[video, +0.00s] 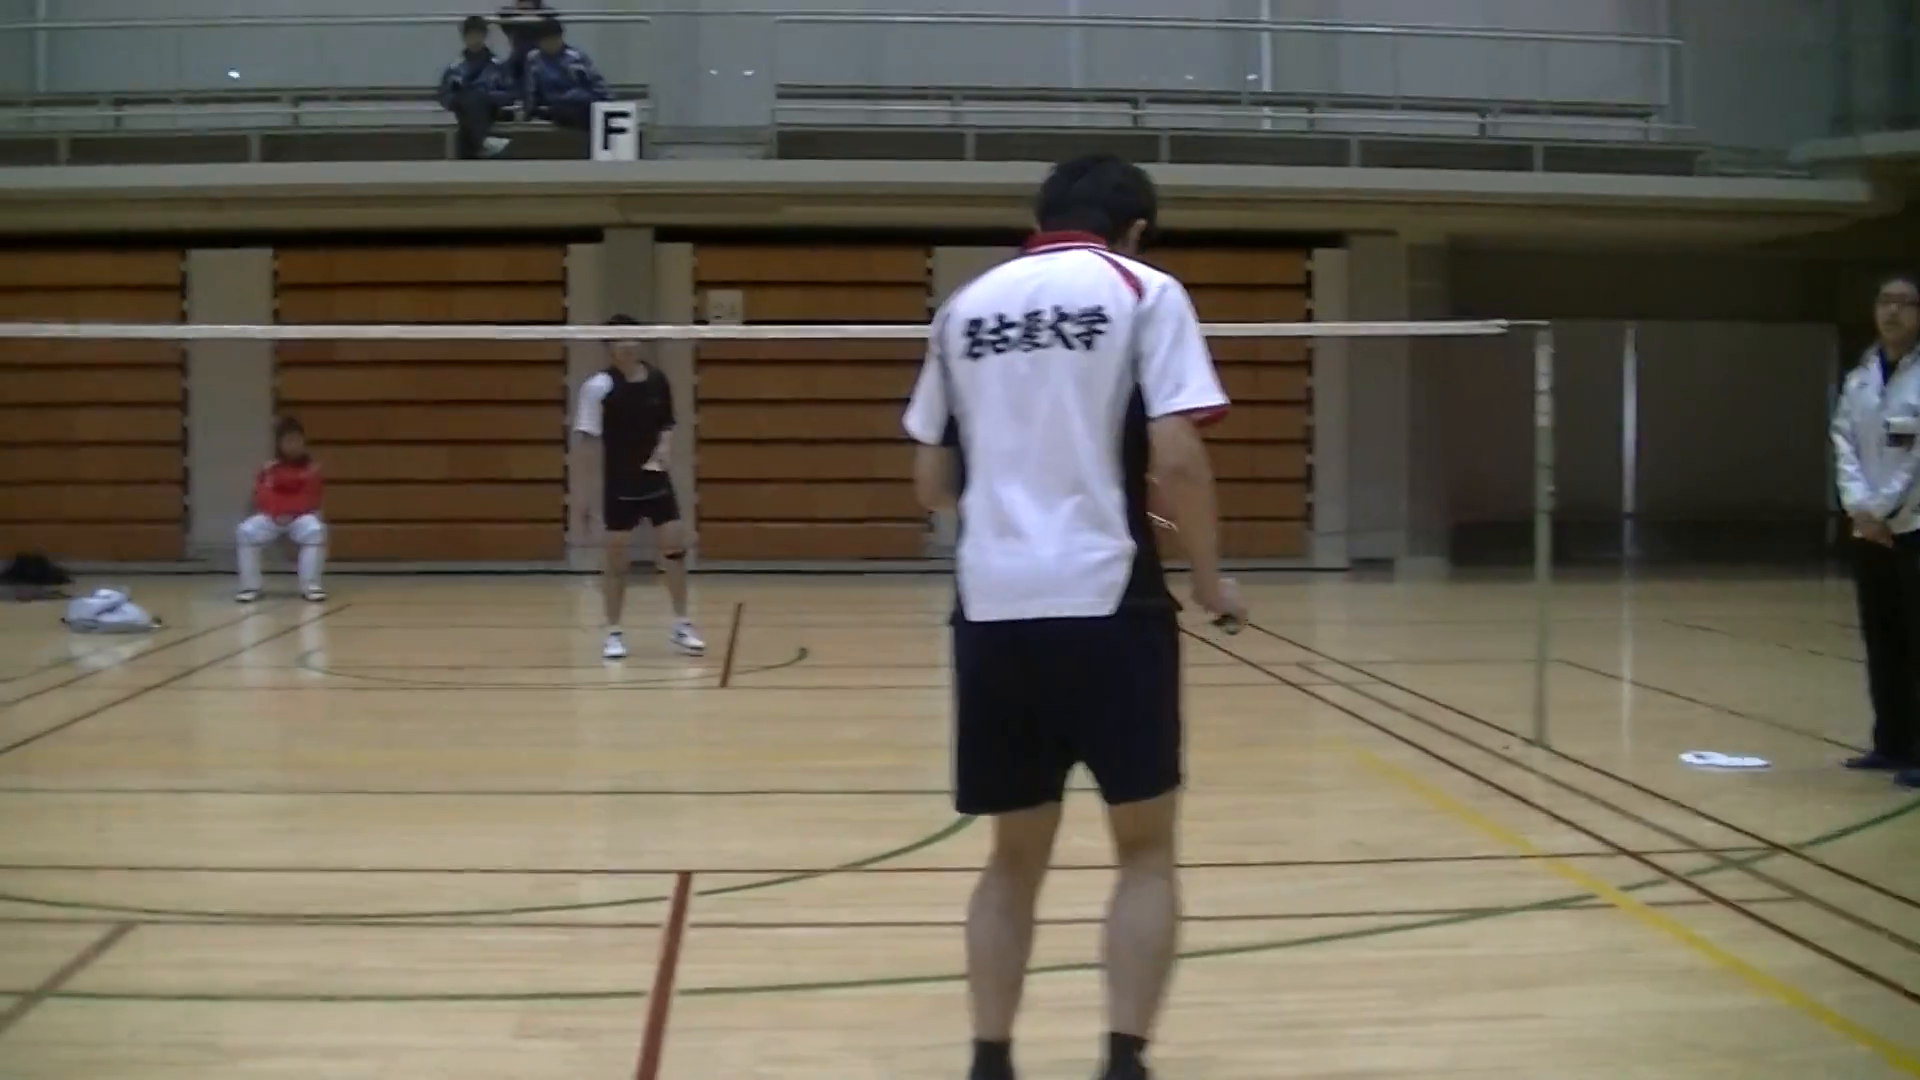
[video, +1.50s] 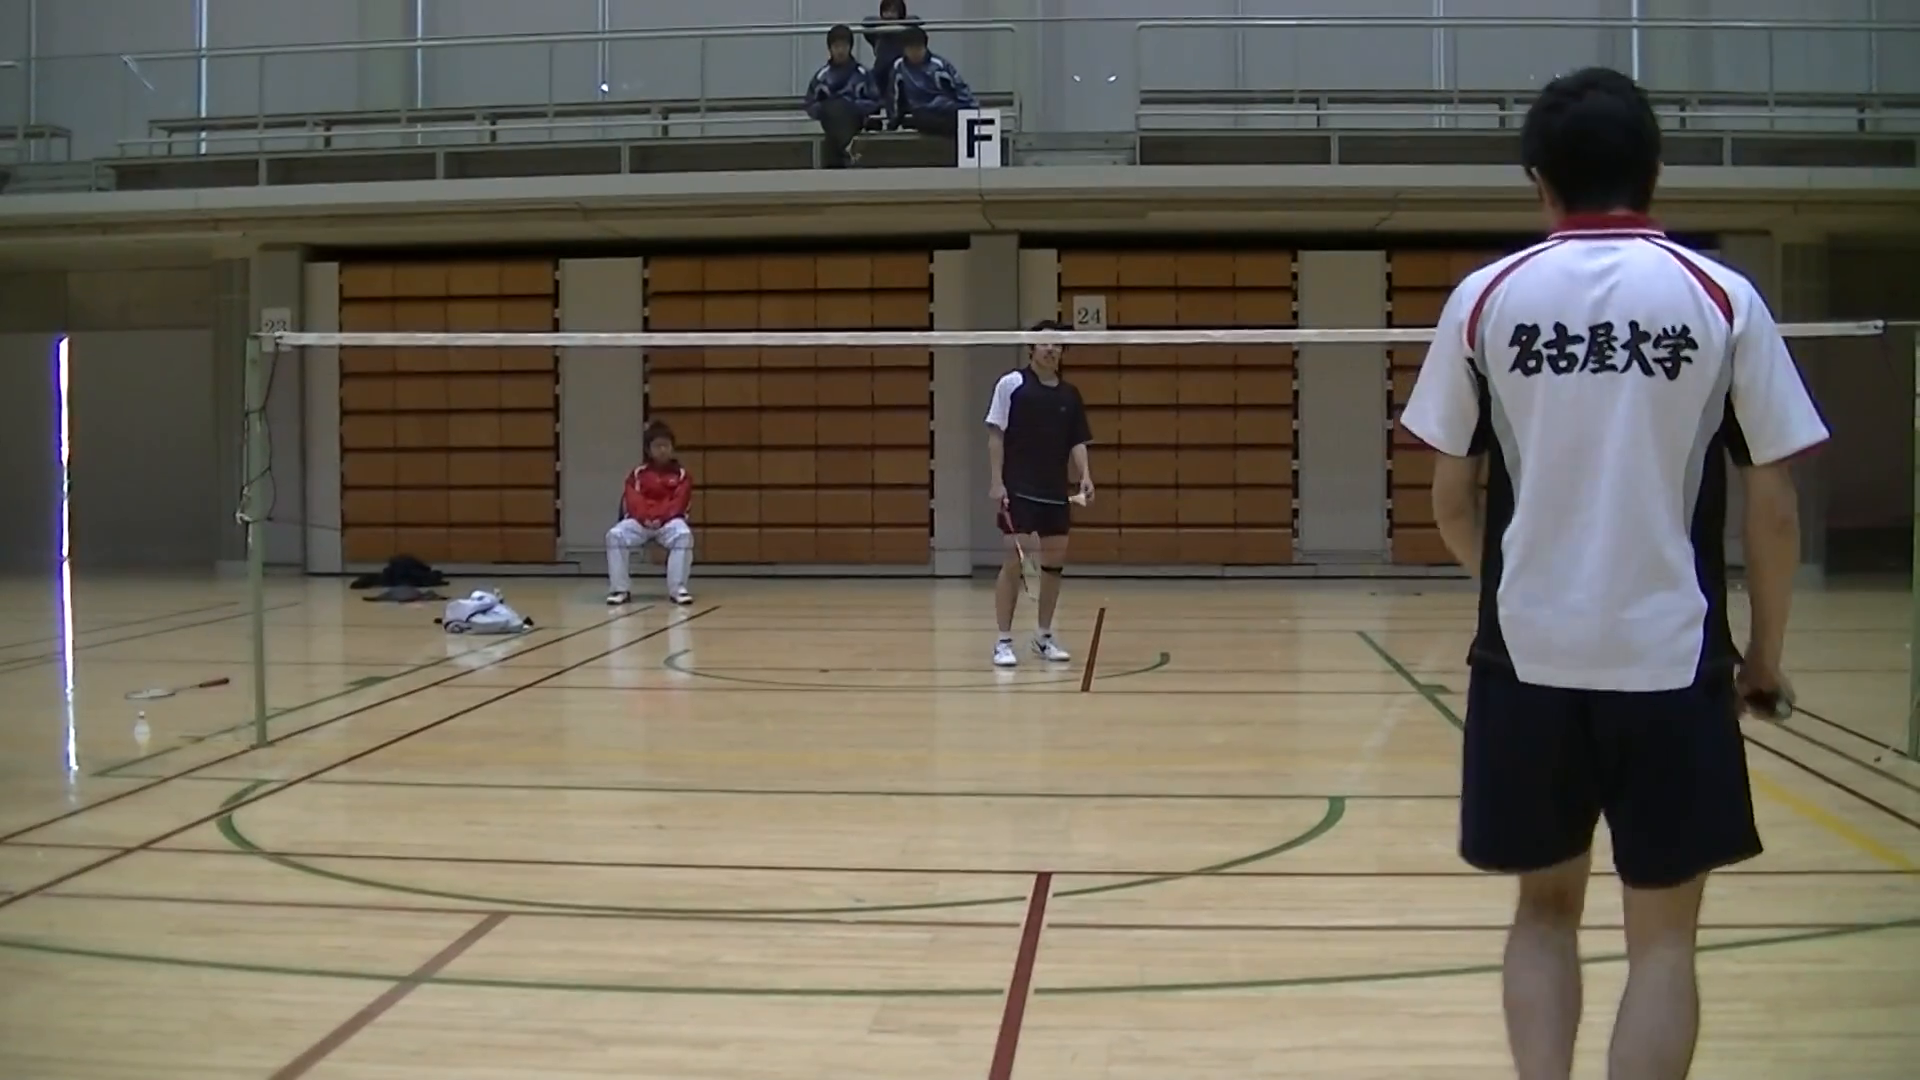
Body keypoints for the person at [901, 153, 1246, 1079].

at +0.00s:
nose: (1146, 247)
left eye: (1146, 237)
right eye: (1146, 236)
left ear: (1039, 225)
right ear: (1131, 231)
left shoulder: (964, 306)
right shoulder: (1148, 295)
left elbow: (934, 483)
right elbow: (1176, 458)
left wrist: (1014, 474)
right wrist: (1209, 580)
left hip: (994, 618)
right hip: (1113, 613)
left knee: (1013, 852)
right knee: (1144, 851)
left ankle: (988, 1063)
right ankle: (1125, 1061)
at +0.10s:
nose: (1227, 243)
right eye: (1225, 231)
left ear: (1121, 226)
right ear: (1214, 228)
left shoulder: (1050, 305)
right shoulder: (1239, 294)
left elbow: (1022, 477)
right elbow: (1276, 447)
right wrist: (1299, 569)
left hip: (1084, 619)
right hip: (1204, 614)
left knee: (1095, 852)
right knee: (1255, 853)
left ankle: (1063, 1059)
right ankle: (1260, 1062)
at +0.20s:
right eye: (1337, 207)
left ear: (1242, 207)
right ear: (1336, 208)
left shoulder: (1171, 292)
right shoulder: (1366, 281)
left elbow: (1143, 463)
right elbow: (1409, 437)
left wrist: (1220, 444)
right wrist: (1426, 561)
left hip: (1210, 611)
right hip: (1330, 606)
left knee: (1206, 844)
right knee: (1399, 851)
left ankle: (1165, 1053)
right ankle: (1430, 1062)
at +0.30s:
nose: (1478, 186)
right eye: (1481, 171)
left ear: (1385, 170)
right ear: (1480, 172)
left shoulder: (1316, 264)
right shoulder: (1522, 257)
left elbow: (1290, 442)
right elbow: (1566, 422)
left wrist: (1374, 434)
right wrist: (1578, 543)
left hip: (1358, 596)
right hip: (1484, 596)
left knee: (1331, 824)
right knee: (1551, 845)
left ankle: (1278, 1041)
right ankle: (1588, 1069)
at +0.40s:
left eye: (1463, 167)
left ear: (1462, 170)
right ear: (1562, 166)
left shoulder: (1405, 266)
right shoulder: (1623, 256)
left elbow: (1378, 459)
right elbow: (1669, 432)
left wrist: (1460, 486)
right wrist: (1664, 563)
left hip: (1451, 605)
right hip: (1585, 609)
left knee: (1393, 831)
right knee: (1622, 866)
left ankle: (1331, 1040)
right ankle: (1636, 1074)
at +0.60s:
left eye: (1517, 174)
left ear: (1527, 177)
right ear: (1633, 171)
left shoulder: (1478, 281)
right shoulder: (1711, 268)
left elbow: (1457, 470)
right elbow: (1774, 449)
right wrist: (1762, 559)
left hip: (1529, 628)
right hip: (1667, 629)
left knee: (1492, 854)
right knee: (1672, 895)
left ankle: (1459, 1065)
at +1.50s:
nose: (1542, 182)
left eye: (1538, 169)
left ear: (1541, 178)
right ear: (1651, 173)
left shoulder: (1485, 298)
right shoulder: (1726, 299)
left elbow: (1453, 500)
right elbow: (1769, 498)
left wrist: (1504, 587)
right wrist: (1767, 654)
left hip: (1528, 665)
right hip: (1668, 669)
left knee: (1545, 905)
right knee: (1661, 934)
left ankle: (1542, 1077)